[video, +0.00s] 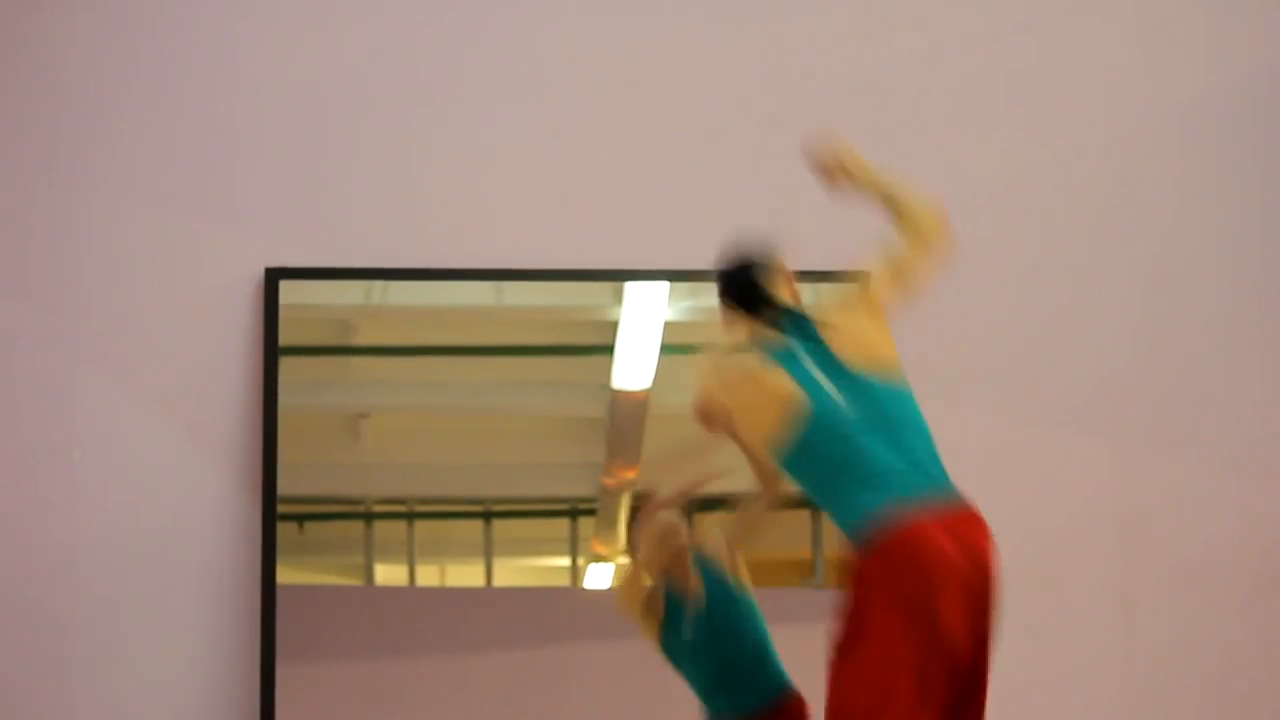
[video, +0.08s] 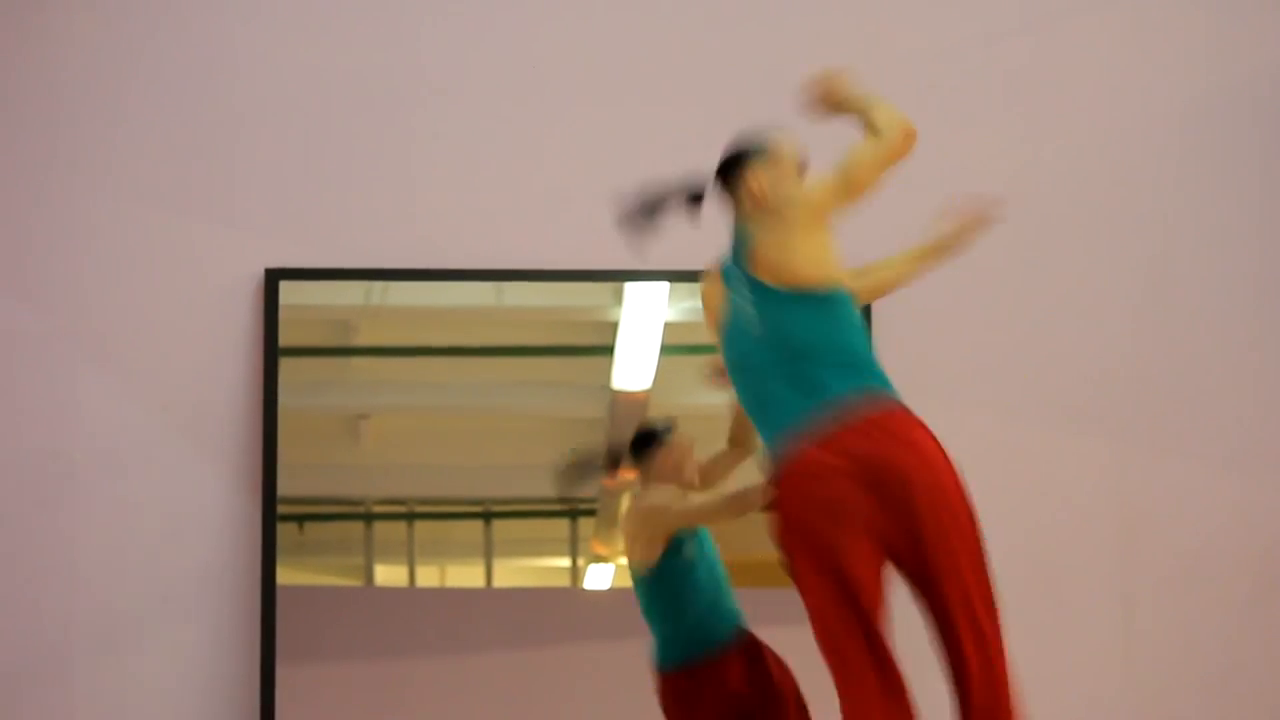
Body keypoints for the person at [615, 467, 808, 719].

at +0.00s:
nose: (672, 535)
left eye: (677, 527)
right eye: (661, 531)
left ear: (688, 531)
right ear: (640, 543)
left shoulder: (722, 555)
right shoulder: (654, 606)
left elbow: (771, 486)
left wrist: (735, 430)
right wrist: (662, 506)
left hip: (781, 706)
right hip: (727, 714)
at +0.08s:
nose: (692, 458)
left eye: (689, 450)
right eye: (684, 449)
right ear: (663, 455)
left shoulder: (681, 493)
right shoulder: (648, 507)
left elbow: (740, 447)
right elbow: (726, 505)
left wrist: (744, 387)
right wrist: (780, 486)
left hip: (737, 653)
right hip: (695, 673)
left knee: (788, 711)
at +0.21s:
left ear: (670, 414)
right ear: (694, 416)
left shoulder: (655, 467)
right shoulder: (676, 473)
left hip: (651, 607)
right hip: (630, 635)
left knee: (753, 591)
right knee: (755, 684)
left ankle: (813, 707)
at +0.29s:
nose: (743, 468)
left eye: (742, 458)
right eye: (740, 460)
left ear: (696, 452)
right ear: (725, 461)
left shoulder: (664, 481)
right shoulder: (712, 492)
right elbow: (793, 508)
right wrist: (863, 514)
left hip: (578, 603)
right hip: (615, 630)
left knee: (700, 567)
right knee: (748, 599)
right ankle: (804, 706)